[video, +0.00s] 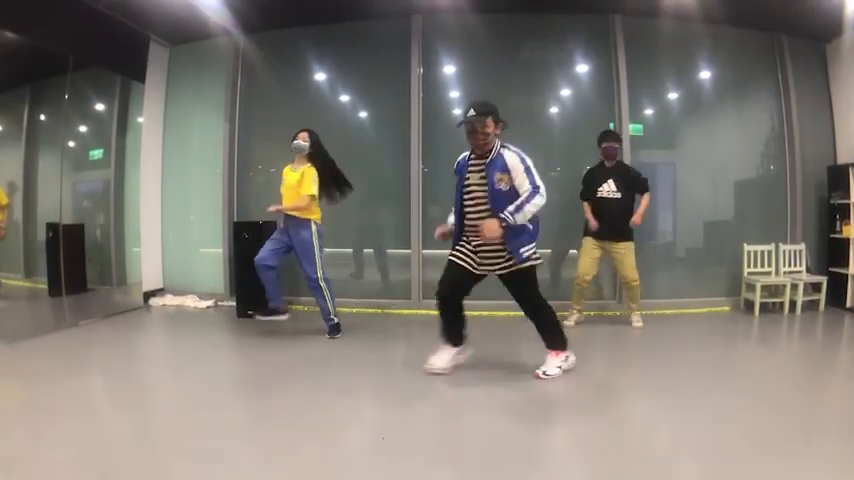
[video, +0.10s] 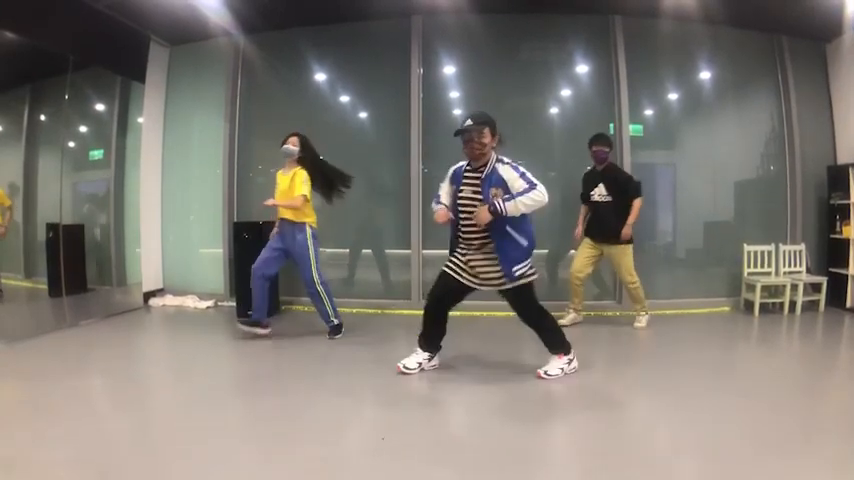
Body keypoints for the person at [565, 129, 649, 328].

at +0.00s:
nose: (611, 152)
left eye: (614, 148)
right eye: (607, 148)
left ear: (620, 149)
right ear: (600, 149)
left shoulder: (629, 173)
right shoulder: (592, 174)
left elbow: (645, 193)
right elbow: (585, 199)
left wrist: (639, 214)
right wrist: (590, 218)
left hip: (621, 237)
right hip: (594, 236)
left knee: (631, 279)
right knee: (582, 277)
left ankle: (635, 312)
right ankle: (577, 311)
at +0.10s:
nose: (599, 154)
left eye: (603, 151)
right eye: (596, 151)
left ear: (610, 151)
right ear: (590, 152)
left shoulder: (620, 176)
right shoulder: (588, 177)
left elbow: (637, 198)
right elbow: (585, 203)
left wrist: (628, 225)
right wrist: (580, 224)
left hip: (618, 240)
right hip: (593, 238)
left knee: (629, 279)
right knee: (576, 273)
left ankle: (641, 312)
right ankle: (576, 312)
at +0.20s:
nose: (587, 164)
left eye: (590, 160)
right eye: (583, 160)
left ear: (597, 161)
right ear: (578, 162)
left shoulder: (604, 182)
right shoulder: (579, 184)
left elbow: (617, 209)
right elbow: (578, 211)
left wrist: (611, 238)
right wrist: (571, 233)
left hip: (610, 244)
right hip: (587, 243)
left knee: (624, 285)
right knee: (566, 276)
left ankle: (646, 313)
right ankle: (569, 314)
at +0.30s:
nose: (584, 161)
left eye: (588, 158)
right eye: (580, 158)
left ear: (593, 158)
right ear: (574, 158)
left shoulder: (601, 180)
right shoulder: (570, 182)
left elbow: (612, 207)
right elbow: (566, 205)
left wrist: (600, 228)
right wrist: (561, 225)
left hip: (604, 242)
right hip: (578, 242)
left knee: (617, 282)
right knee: (566, 278)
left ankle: (637, 312)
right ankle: (567, 314)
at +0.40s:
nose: (585, 153)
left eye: (588, 150)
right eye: (581, 150)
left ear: (594, 150)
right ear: (575, 151)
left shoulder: (602, 173)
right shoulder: (566, 175)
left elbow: (612, 198)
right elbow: (556, 197)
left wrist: (605, 214)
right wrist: (554, 217)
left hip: (600, 237)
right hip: (574, 237)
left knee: (611, 277)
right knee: (568, 278)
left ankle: (619, 311)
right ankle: (566, 313)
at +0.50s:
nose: (590, 151)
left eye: (593, 147)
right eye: (586, 147)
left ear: (598, 149)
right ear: (578, 148)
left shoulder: (605, 173)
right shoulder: (567, 173)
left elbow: (608, 198)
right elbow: (553, 195)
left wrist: (609, 217)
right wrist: (557, 218)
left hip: (600, 234)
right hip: (574, 235)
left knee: (608, 275)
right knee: (568, 277)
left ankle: (605, 312)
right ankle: (557, 310)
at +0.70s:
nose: (601, 154)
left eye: (604, 150)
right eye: (596, 150)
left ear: (608, 152)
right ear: (588, 152)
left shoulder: (605, 177)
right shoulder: (581, 173)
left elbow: (600, 208)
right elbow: (568, 201)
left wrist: (609, 228)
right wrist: (579, 226)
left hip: (599, 238)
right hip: (577, 237)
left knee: (609, 276)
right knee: (566, 279)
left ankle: (603, 315)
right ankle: (545, 311)